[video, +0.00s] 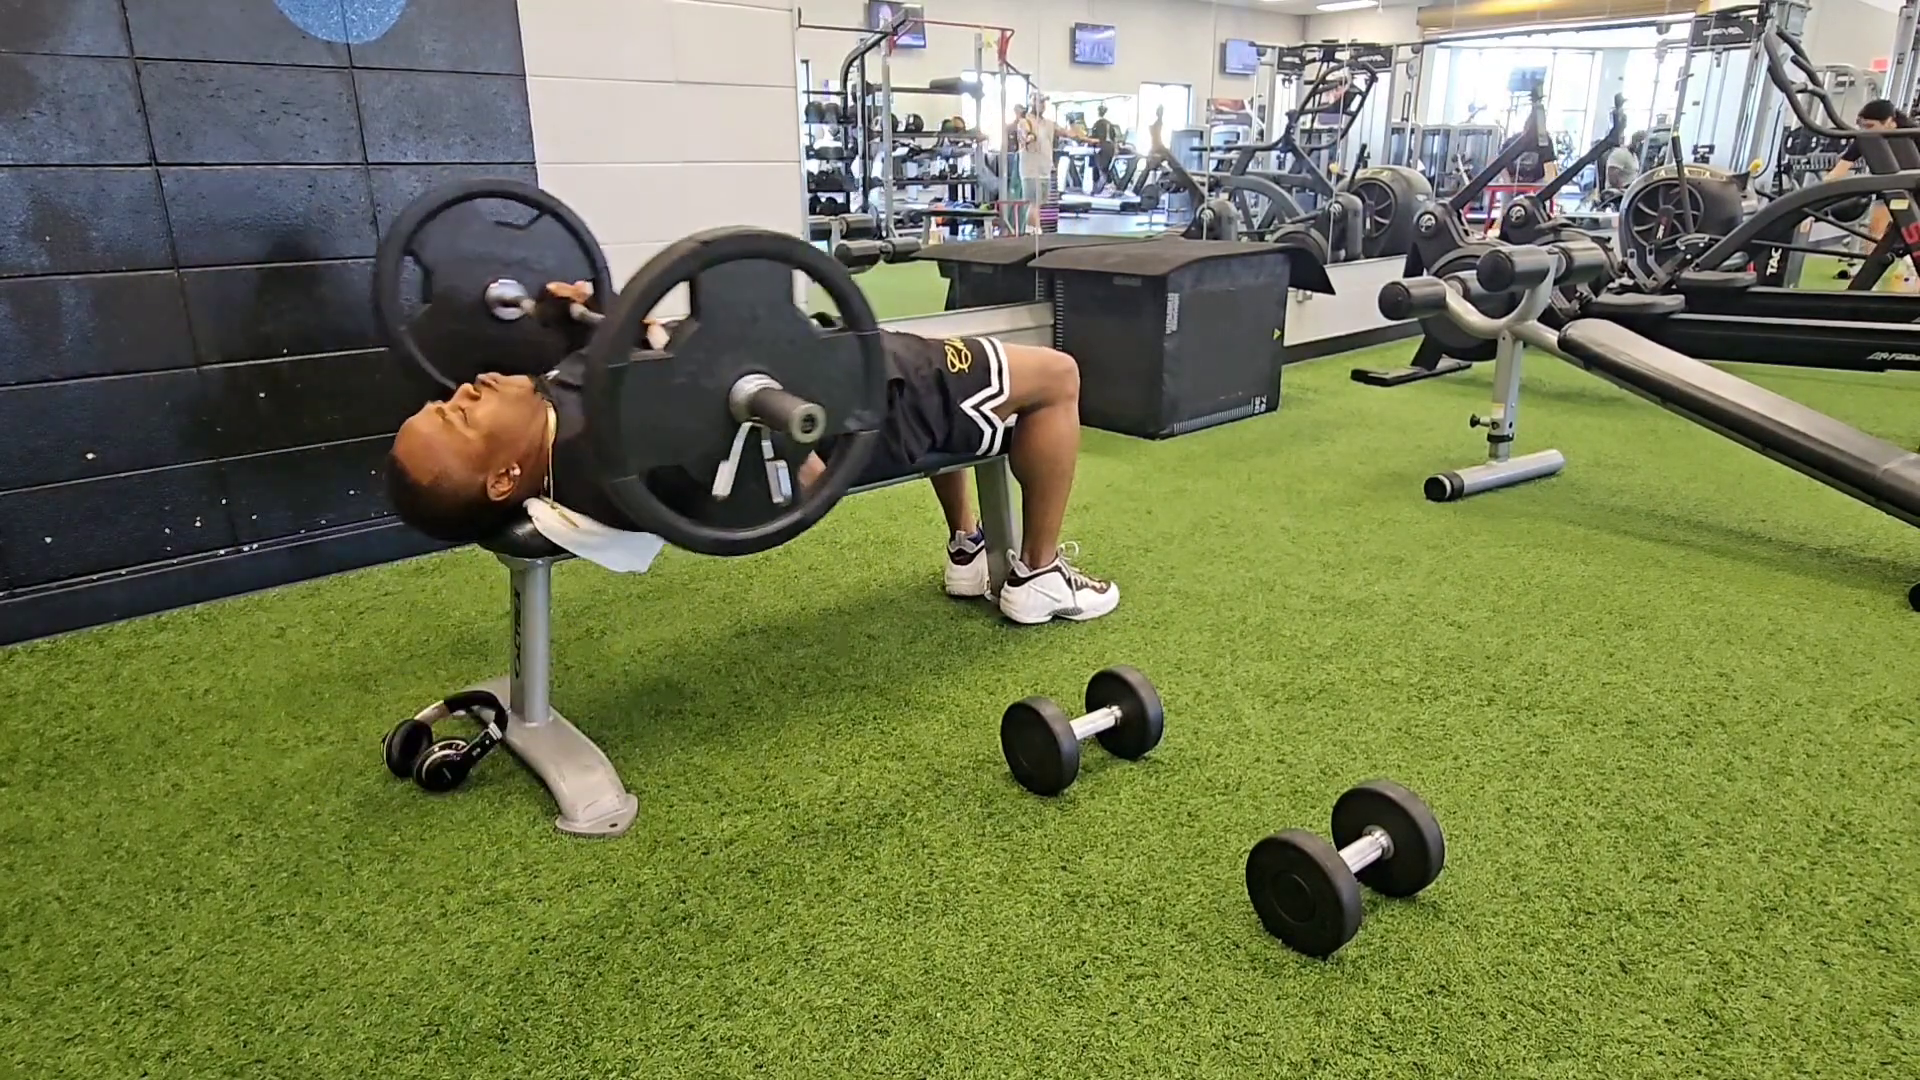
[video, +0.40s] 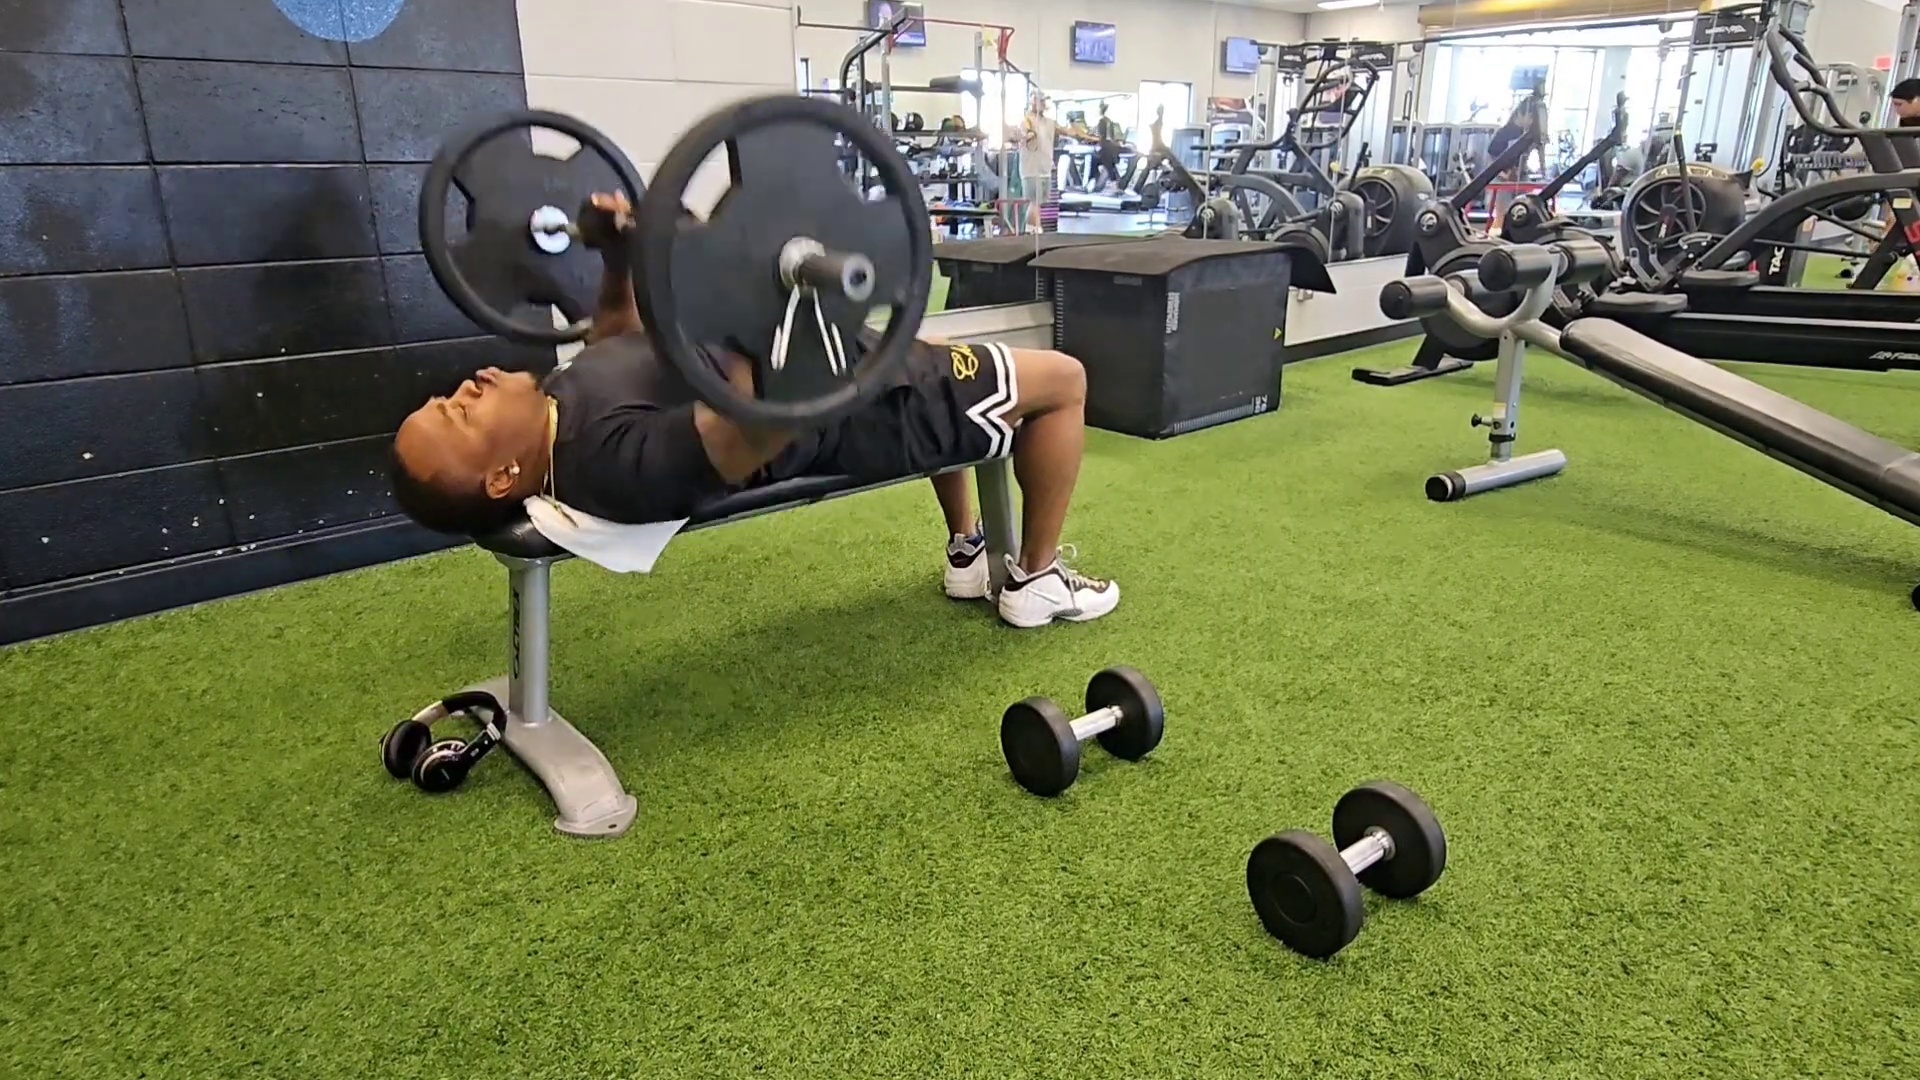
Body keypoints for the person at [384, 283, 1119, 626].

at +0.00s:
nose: (466, 383)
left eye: (445, 403)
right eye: (460, 413)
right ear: (509, 476)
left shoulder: (540, 401)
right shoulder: (610, 463)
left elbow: (648, 369)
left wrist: (599, 326)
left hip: (773, 381)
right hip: (836, 427)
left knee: (923, 343)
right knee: (1056, 374)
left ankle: (969, 543)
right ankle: (1040, 574)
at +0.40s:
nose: (468, 378)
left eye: (443, 393)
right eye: (459, 408)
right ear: (500, 474)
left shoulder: (555, 398)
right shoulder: (612, 463)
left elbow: (619, 330)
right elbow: (733, 447)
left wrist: (618, 251)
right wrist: (742, 335)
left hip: (790, 372)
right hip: (837, 418)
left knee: (936, 351)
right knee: (1061, 378)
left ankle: (970, 550)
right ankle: (1038, 576)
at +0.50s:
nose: (466, 380)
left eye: (447, 397)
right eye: (460, 410)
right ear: (509, 475)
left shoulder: (541, 394)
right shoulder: (617, 458)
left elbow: (586, 308)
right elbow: (723, 357)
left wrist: (590, 194)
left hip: (800, 348)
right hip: (843, 396)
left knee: (937, 362)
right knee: (1061, 377)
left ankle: (968, 546)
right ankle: (1040, 578)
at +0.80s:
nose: (465, 379)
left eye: (441, 393)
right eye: (453, 411)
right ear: (501, 480)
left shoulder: (545, 401)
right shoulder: (611, 463)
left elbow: (579, 328)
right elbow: (723, 408)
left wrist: (577, 220)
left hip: (795, 365)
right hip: (840, 405)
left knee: (933, 348)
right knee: (1053, 377)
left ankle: (969, 548)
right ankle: (1038, 575)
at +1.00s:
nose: (467, 375)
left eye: (446, 395)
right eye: (462, 404)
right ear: (513, 470)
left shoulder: (549, 395)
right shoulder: (620, 469)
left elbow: (671, 358)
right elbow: (750, 473)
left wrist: (623, 318)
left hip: (780, 380)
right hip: (844, 424)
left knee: (935, 348)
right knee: (1063, 377)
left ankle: (969, 547)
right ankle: (1039, 578)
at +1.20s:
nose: (475, 377)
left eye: (453, 389)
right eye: (465, 405)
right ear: (511, 477)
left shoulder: (556, 397)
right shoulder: (614, 461)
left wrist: (597, 332)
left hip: (796, 370)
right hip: (849, 420)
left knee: (936, 343)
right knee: (1063, 377)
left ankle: (969, 548)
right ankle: (1040, 576)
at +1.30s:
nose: (478, 379)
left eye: (461, 388)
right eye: (472, 404)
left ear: (491, 374)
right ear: (514, 476)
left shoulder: (544, 384)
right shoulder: (600, 460)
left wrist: (553, 309)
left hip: (798, 354)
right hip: (849, 404)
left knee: (940, 344)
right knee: (1067, 380)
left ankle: (969, 546)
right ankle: (1041, 575)